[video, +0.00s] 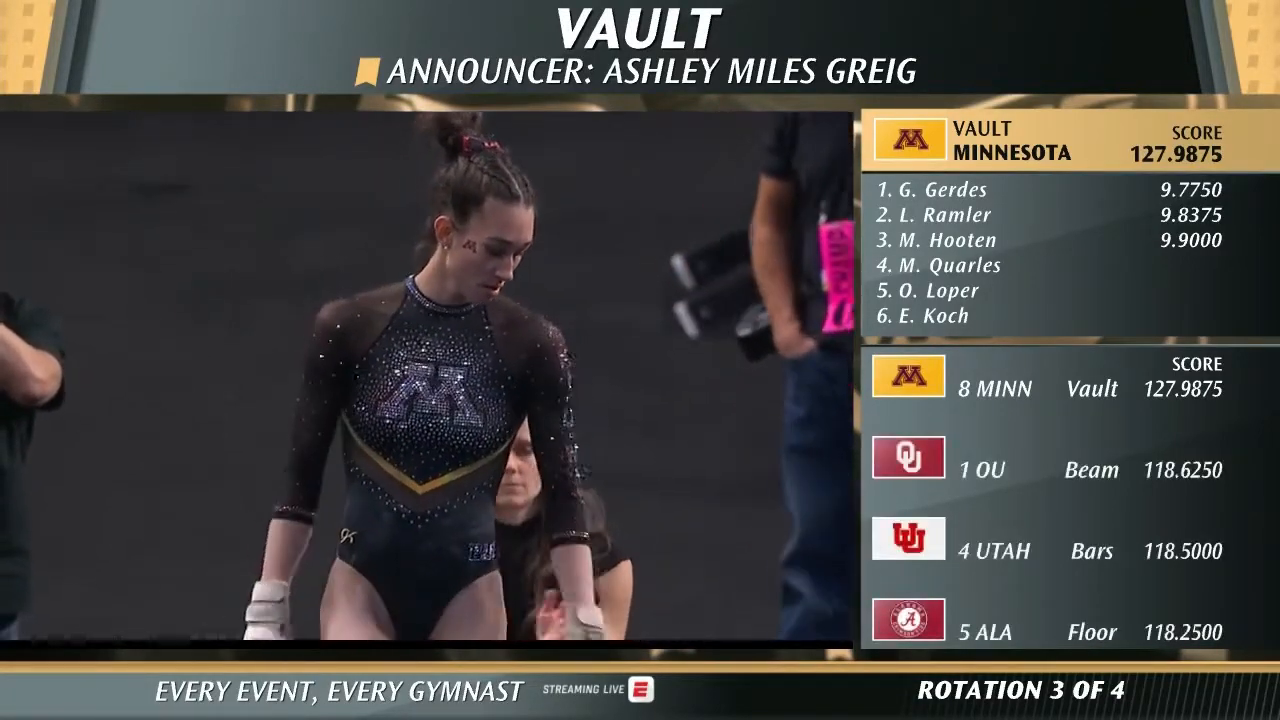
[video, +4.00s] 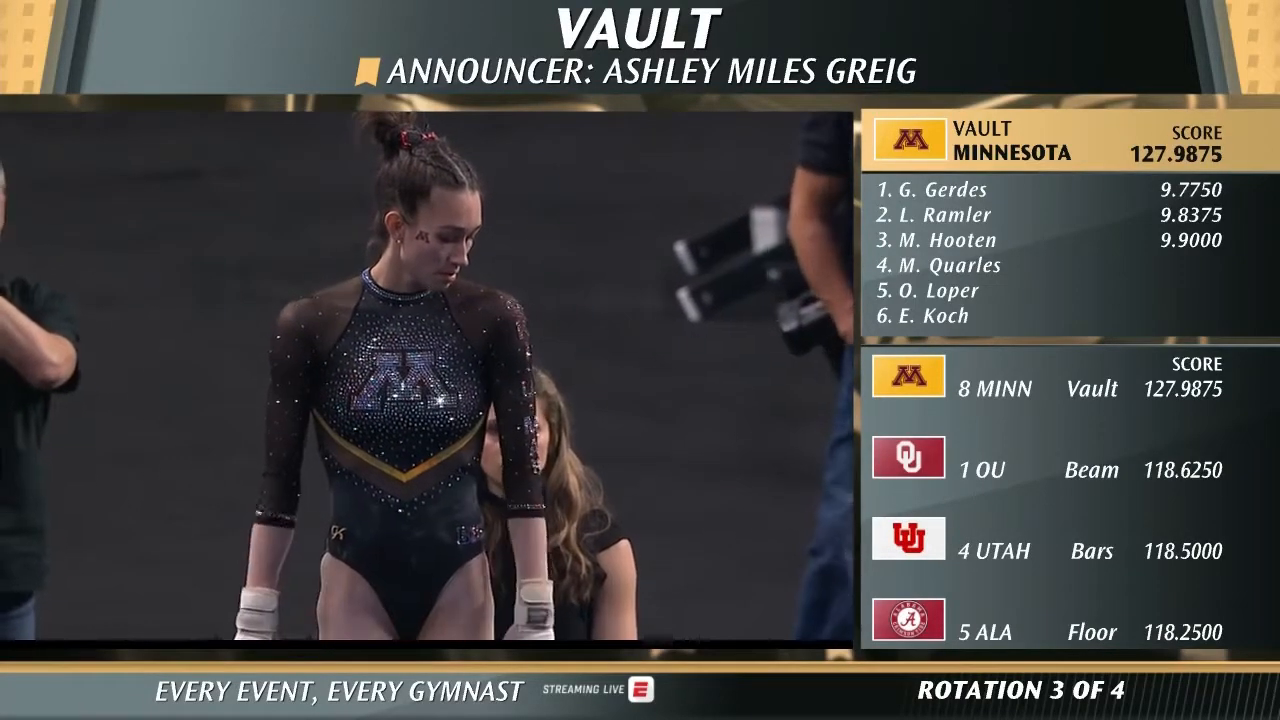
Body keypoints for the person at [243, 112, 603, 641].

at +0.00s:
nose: (508, 270)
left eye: (519, 253)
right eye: (495, 250)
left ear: (530, 243)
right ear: (445, 231)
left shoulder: (533, 346)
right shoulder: (348, 327)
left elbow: (561, 490)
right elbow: (303, 479)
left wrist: (584, 615)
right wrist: (266, 612)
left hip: (471, 584)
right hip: (361, 578)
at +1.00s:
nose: (463, 244)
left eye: (471, 227)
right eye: (449, 226)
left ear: (478, 217)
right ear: (397, 213)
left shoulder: (483, 313)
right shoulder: (304, 315)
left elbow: (514, 465)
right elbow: (274, 470)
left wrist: (534, 606)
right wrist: (265, 613)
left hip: (452, 563)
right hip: (344, 562)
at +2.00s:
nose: (456, 244)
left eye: (463, 227)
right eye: (443, 226)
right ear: (391, 212)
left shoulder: (472, 315)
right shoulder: (296, 315)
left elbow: (502, 463)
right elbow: (266, 467)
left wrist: (534, 605)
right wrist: (252, 608)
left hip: (443, 560)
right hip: (335, 558)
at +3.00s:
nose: (467, 249)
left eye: (475, 231)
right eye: (452, 231)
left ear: (482, 220)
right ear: (400, 216)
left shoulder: (493, 320)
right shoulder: (314, 321)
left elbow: (530, 472)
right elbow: (280, 478)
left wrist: (560, 612)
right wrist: (245, 619)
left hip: (458, 568)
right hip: (350, 566)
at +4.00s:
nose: (463, 255)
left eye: (471, 237)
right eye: (448, 238)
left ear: (477, 224)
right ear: (395, 225)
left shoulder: (491, 319)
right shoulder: (309, 324)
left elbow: (522, 472)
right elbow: (280, 479)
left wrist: (536, 618)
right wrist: (253, 624)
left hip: (460, 572)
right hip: (354, 571)